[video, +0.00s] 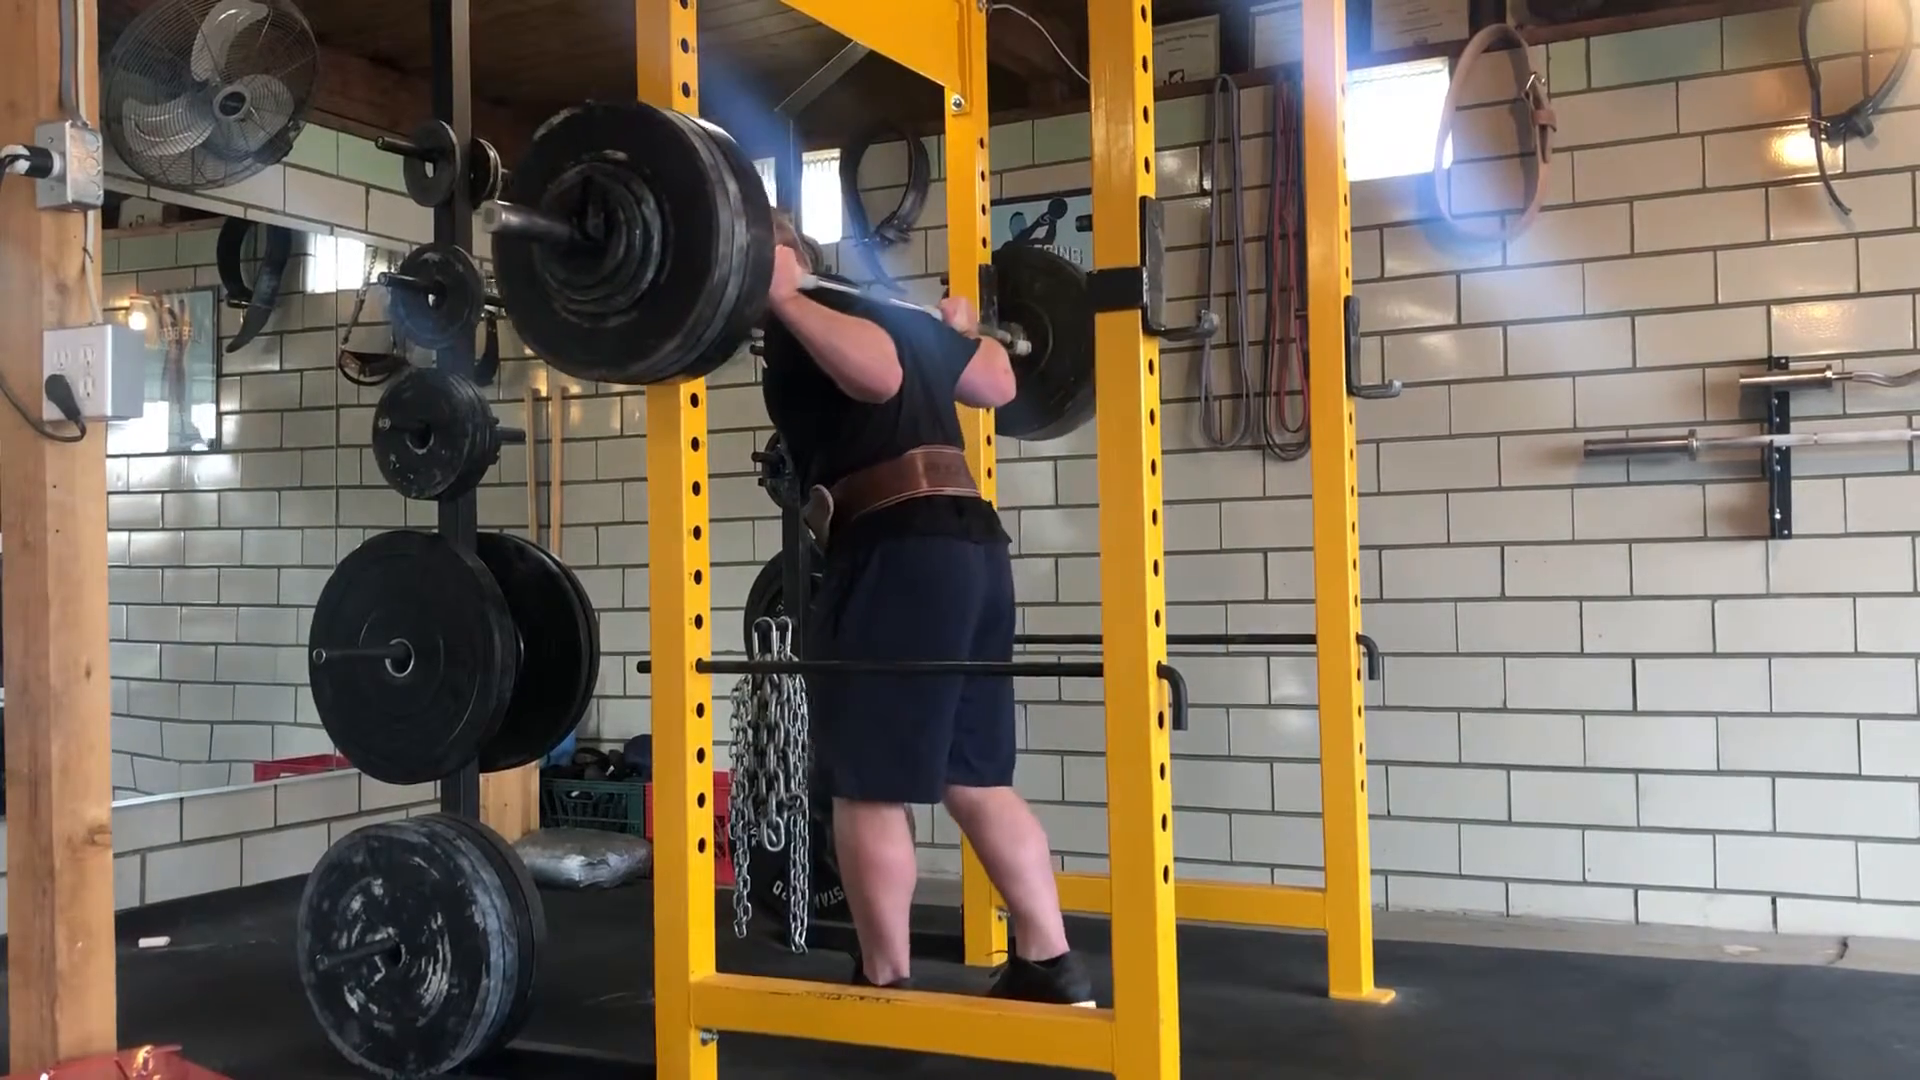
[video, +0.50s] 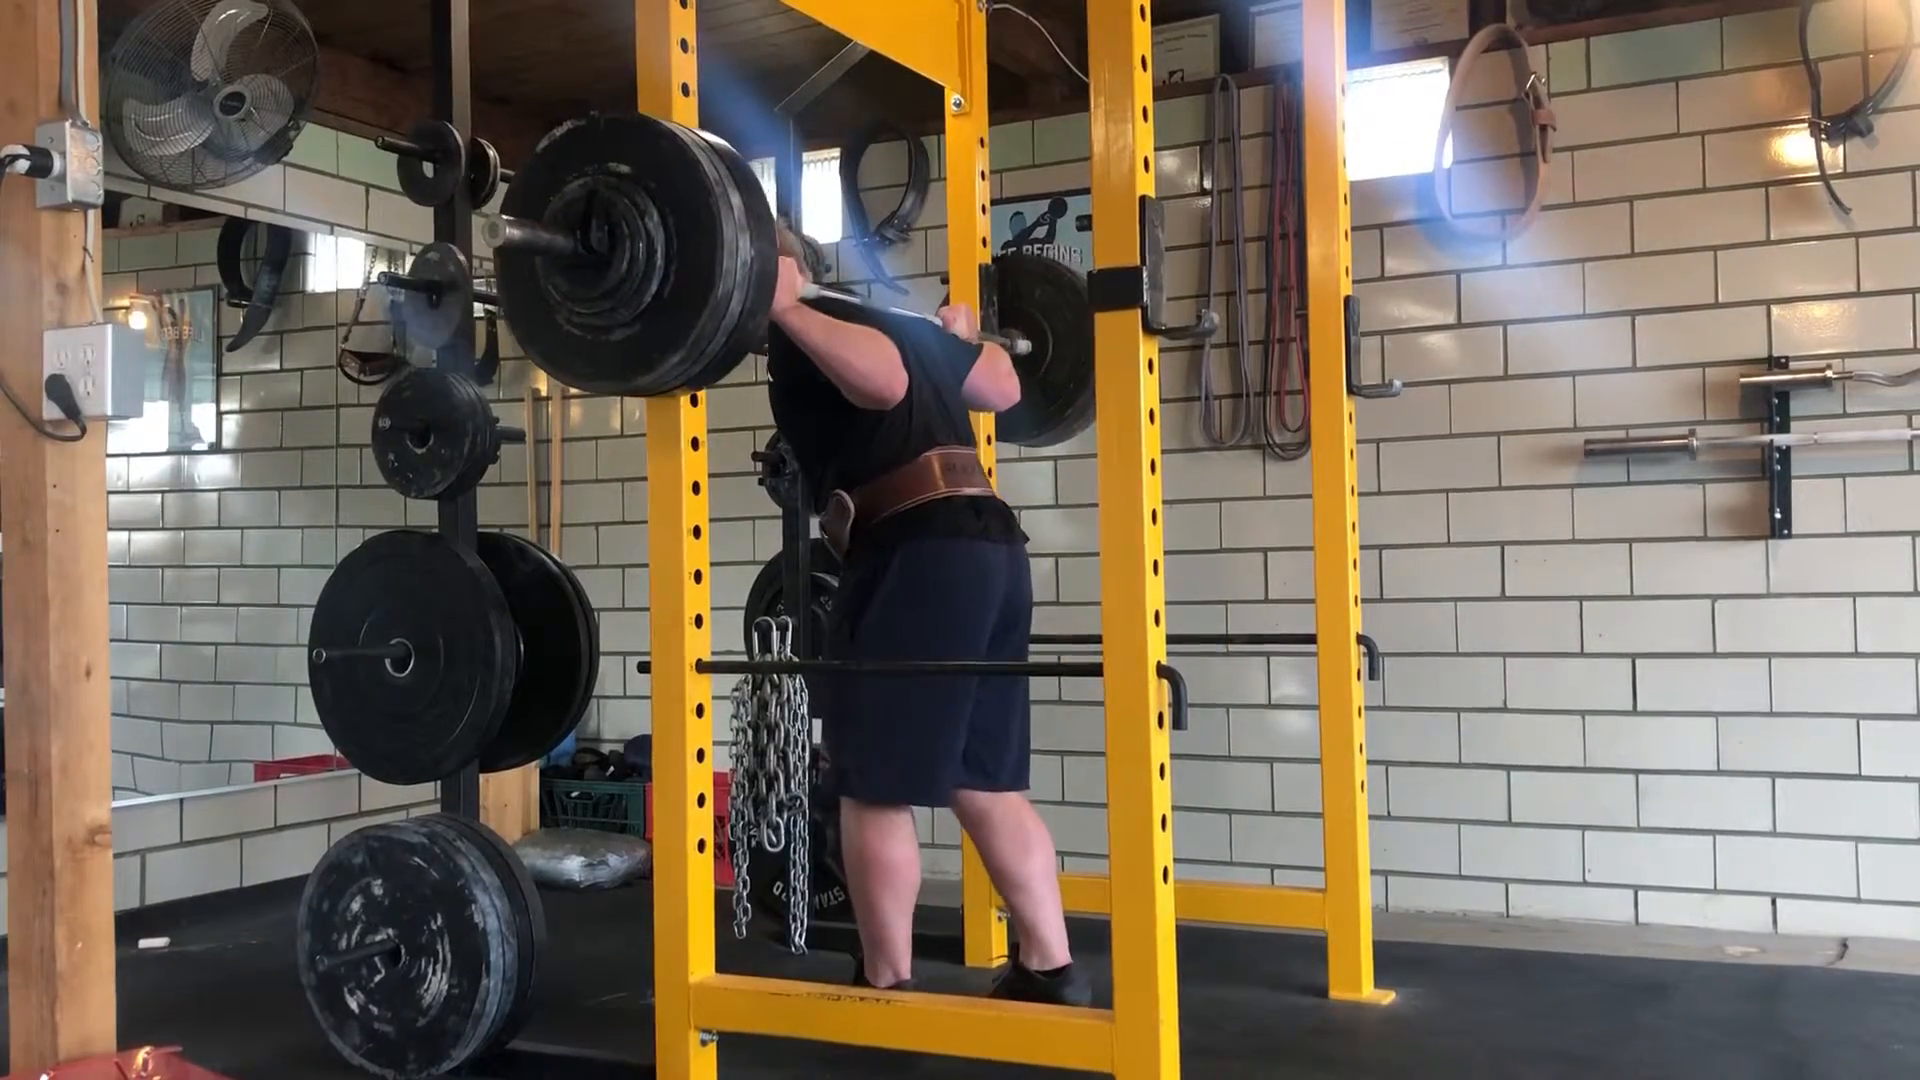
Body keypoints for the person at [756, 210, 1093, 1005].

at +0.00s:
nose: (752, 271)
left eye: (756, 252)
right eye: (750, 255)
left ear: (786, 251)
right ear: (804, 250)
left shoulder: (807, 317)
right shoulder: (894, 317)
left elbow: (880, 375)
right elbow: (997, 381)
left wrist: (781, 298)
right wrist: (964, 330)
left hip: (899, 554)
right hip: (977, 553)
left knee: (868, 784)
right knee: (975, 778)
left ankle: (884, 986)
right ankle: (1048, 964)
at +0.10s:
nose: (754, 271)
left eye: (758, 252)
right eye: (752, 255)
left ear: (786, 251)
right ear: (801, 250)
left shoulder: (808, 322)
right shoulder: (893, 316)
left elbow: (882, 378)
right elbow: (998, 382)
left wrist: (782, 297)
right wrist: (968, 334)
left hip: (899, 551)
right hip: (977, 548)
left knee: (868, 784)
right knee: (973, 778)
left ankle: (884, 987)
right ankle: (1048, 965)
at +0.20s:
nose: (757, 276)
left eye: (760, 257)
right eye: (756, 260)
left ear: (788, 255)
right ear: (802, 251)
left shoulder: (809, 322)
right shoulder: (895, 321)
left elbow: (885, 381)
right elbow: (999, 385)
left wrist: (788, 303)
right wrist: (967, 335)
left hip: (907, 550)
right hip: (982, 547)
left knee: (870, 784)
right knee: (977, 778)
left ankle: (885, 986)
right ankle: (1049, 966)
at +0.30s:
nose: (756, 281)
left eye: (763, 261)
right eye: (755, 265)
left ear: (793, 261)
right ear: (805, 261)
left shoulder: (810, 327)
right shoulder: (890, 319)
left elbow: (886, 382)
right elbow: (1002, 385)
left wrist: (786, 307)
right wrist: (970, 337)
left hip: (918, 554)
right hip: (990, 552)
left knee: (874, 785)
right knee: (983, 781)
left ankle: (886, 986)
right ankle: (1050, 968)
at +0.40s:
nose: (754, 280)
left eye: (760, 260)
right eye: (753, 263)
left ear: (790, 260)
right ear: (805, 259)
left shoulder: (809, 328)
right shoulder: (889, 320)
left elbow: (887, 381)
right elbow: (1002, 385)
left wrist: (785, 306)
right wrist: (971, 338)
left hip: (923, 553)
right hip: (996, 552)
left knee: (876, 780)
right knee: (987, 778)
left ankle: (886, 983)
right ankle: (1049, 966)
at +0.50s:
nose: (750, 281)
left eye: (754, 262)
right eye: (750, 265)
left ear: (784, 260)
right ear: (803, 257)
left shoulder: (808, 326)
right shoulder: (888, 319)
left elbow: (886, 381)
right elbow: (1002, 385)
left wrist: (784, 306)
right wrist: (969, 339)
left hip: (924, 552)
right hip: (997, 550)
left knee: (876, 780)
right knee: (985, 777)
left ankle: (886, 985)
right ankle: (1049, 968)